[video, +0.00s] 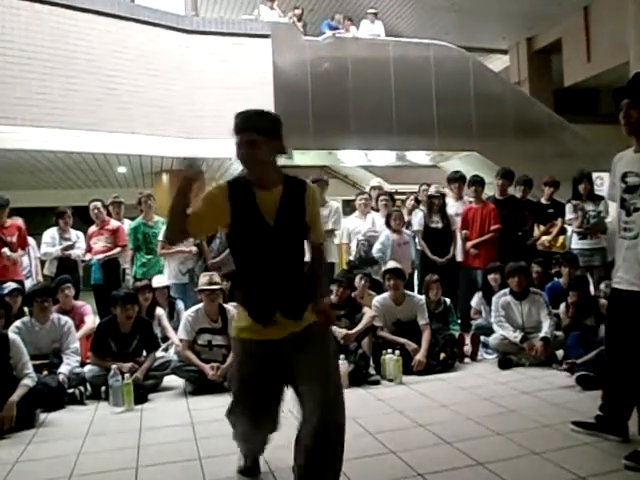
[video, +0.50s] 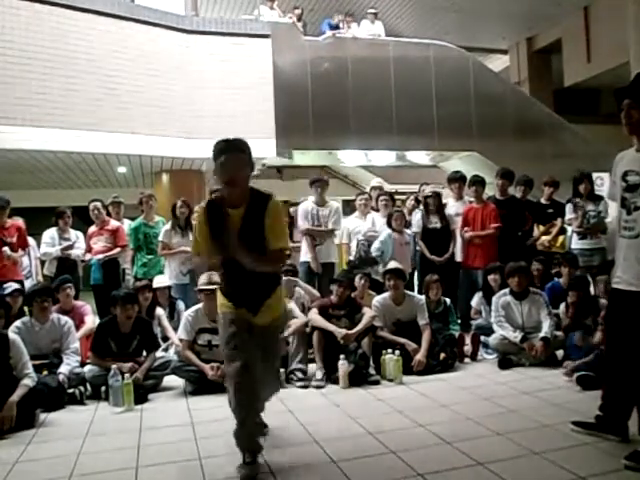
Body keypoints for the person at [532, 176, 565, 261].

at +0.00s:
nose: (551, 190)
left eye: (554, 188)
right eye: (549, 187)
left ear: (556, 190)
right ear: (543, 187)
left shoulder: (560, 205)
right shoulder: (535, 205)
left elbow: (559, 223)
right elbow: (535, 224)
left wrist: (549, 239)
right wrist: (541, 239)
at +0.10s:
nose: (551, 191)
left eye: (554, 188)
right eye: (549, 187)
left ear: (556, 190)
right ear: (544, 187)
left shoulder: (560, 206)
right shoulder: (535, 205)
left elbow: (559, 223)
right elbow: (535, 224)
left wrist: (550, 239)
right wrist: (540, 239)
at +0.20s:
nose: (551, 191)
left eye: (554, 188)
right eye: (549, 187)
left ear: (556, 190)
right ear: (544, 187)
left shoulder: (560, 206)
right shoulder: (535, 205)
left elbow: (559, 223)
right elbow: (535, 224)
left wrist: (550, 239)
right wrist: (540, 239)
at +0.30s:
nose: (551, 191)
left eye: (554, 188)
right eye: (549, 187)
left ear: (556, 190)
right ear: (543, 187)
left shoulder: (560, 206)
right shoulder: (535, 205)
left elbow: (559, 223)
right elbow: (535, 224)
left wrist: (550, 239)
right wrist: (540, 239)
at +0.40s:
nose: (551, 191)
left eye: (553, 188)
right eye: (549, 187)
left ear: (556, 190)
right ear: (544, 187)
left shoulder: (560, 206)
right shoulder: (535, 205)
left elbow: (559, 223)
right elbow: (535, 224)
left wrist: (549, 239)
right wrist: (540, 239)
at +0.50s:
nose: (551, 191)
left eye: (553, 188)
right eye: (549, 187)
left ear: (555, 190)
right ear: (543, 187)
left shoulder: (560, 206)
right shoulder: (535, 205)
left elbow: (559, 223)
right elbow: (534, 224)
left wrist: (549, 238)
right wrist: (540, 239)